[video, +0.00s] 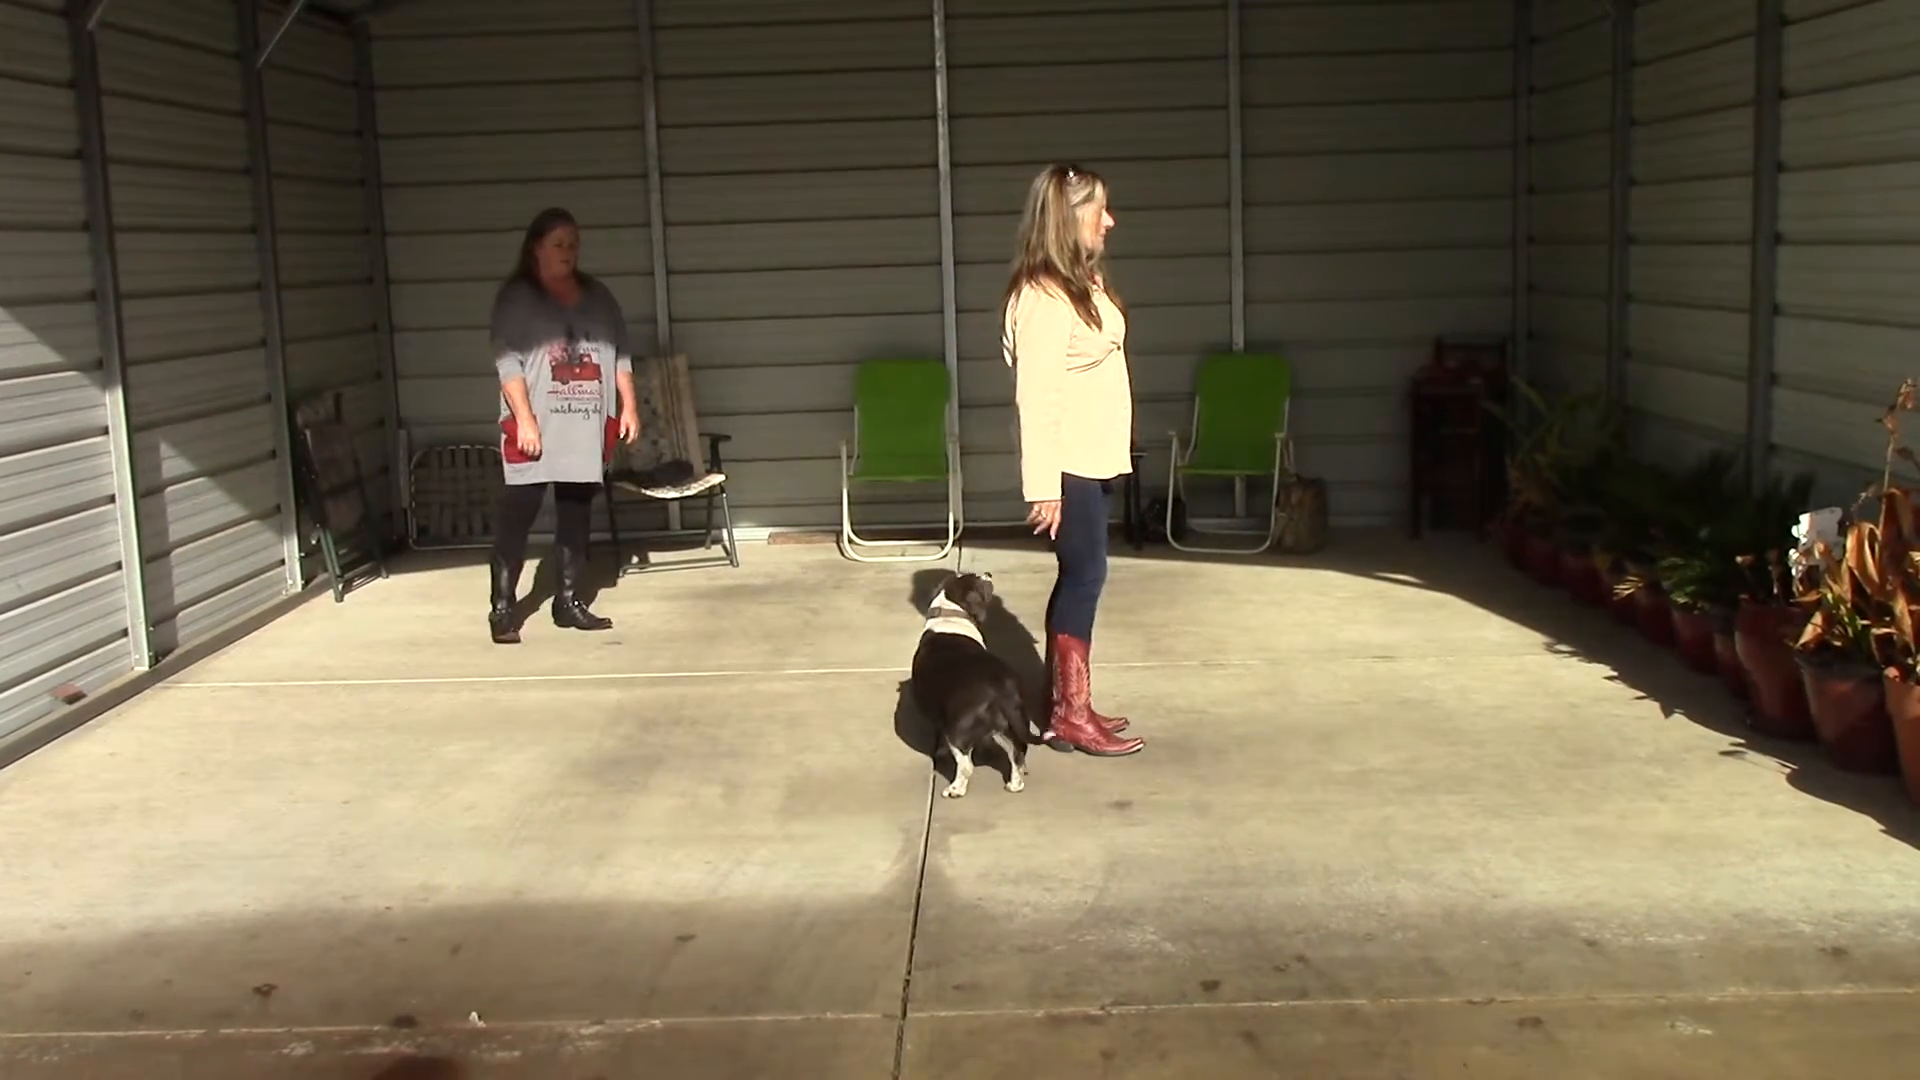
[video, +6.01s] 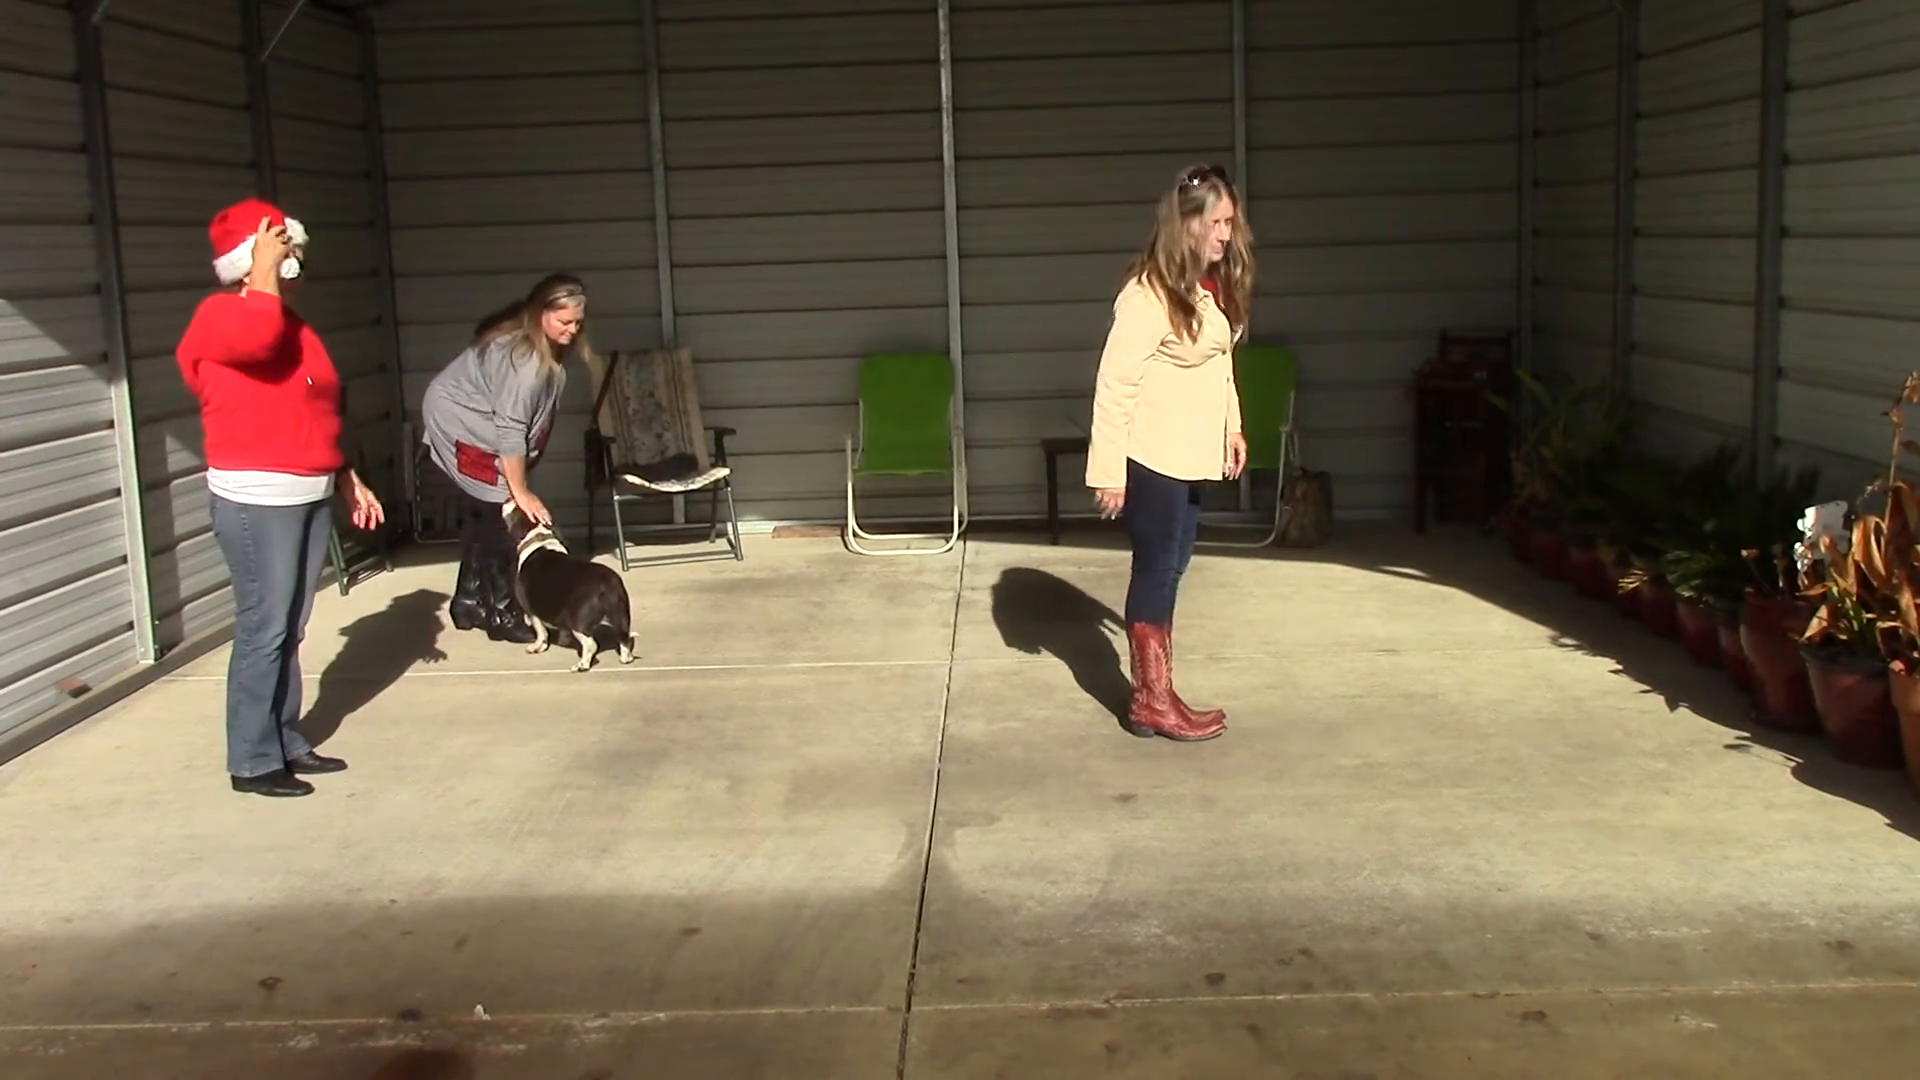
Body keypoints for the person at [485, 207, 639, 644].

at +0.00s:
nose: (566, 252)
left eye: (572, 245)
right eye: (557, 244)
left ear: (578, 249)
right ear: (536, 249)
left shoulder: (598, 297)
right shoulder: (517, 297)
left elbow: (620, 356)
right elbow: (507, 362)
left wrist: (629, 406)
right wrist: (524, 419)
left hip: (584, 429)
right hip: (530, 426)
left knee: (575, 511)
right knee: (518, 512)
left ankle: (568, 601)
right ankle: (503, 607)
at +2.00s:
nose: (485, 255)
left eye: (488, 247)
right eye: (475, 248)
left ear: (491, 250)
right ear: (450, 251)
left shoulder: (494, 298)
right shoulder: (442, 303)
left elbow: (511, 358)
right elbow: (455, 369)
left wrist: (527, 412)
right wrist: (485, 422)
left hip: (485, 421)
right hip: (459, 424)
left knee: (469, 513)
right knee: (482, 514)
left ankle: (460, 606)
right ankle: (497, 614)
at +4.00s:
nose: (567, 358)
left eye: (573, 351)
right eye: (560, 349)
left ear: (581, 344)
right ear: (540, 336)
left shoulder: (541, 364)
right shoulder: (519, 374)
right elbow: (511, 448)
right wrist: (527, 514)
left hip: (463, 417)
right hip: (444, 419)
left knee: (482, 506)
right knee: (494, 507)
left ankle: (464, 605)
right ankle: (501, 611)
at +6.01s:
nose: (572, 330)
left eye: (577, 322)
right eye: (564, 321)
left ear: (583, 319)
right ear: (541, 314)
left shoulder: (539, 346)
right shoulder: (525, 359)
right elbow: (510, 431)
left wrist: (516, 479)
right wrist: (521, 492)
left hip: (467, 413)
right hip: (455, 418)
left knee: (486, 507)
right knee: (499, 508)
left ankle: (468, 599)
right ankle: (502, 610)